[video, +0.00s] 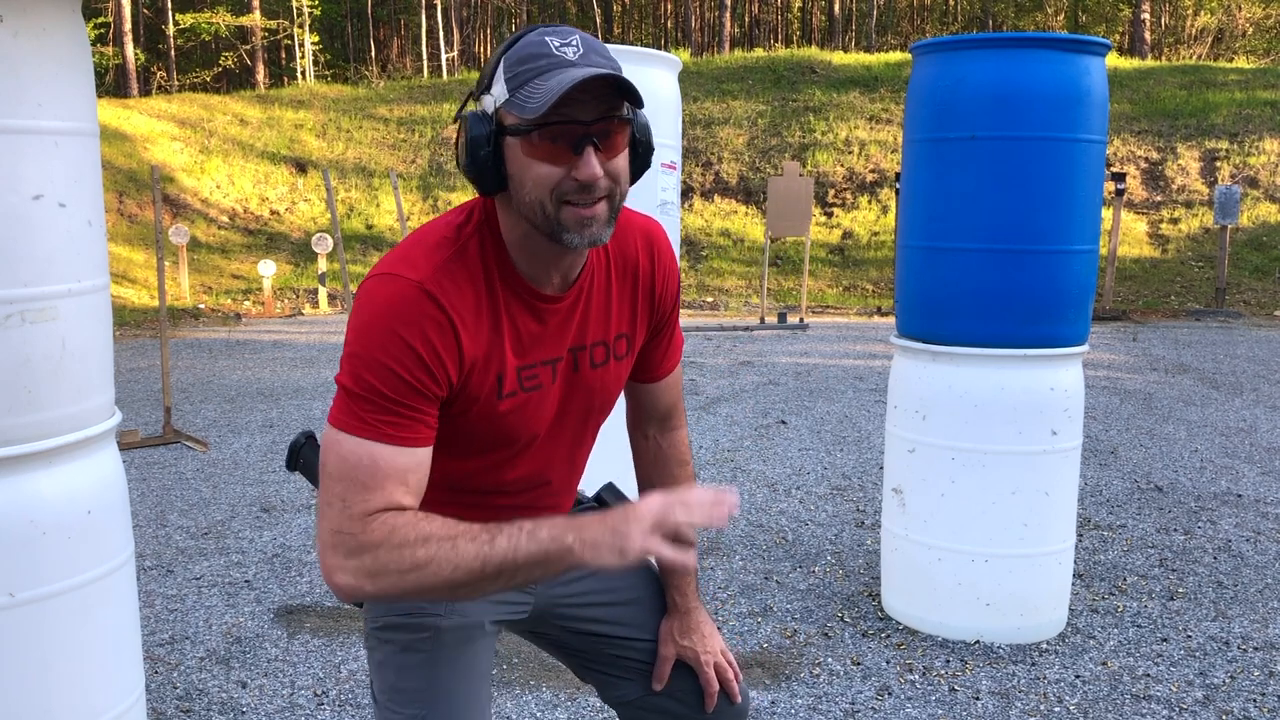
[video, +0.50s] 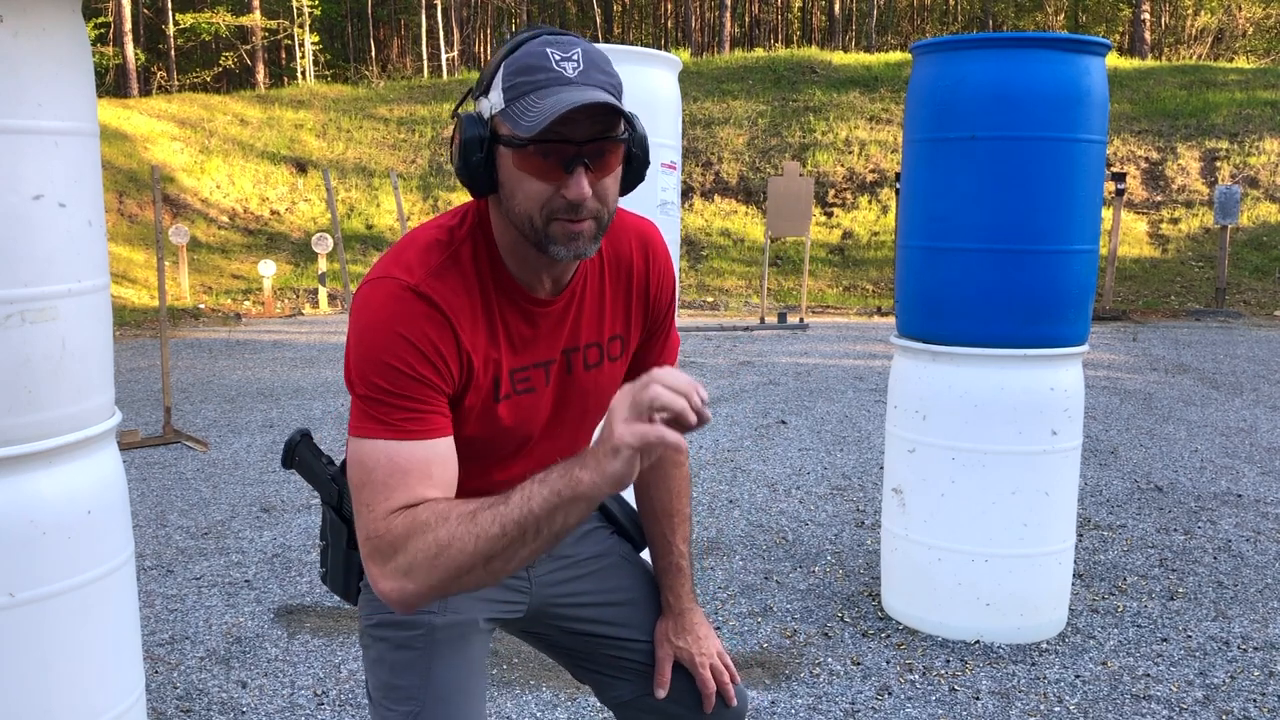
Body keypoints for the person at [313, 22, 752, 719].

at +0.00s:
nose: (590, 168)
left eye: (608, 138)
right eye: (559, 140)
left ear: (631, 145)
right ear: (490, 151)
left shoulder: (642, 255)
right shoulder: (413, 296)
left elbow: (661, 432)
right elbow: (357, 551)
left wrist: (685, 600)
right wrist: (580, 537)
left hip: (564, 547)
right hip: (430, 571)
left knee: (708, 701)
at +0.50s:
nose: (579, 189)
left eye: (598, 156)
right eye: (547, 157)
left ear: (624, 158)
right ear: (487, 155)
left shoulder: (639, 256)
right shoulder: (405, 298)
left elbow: (657, 431)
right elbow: (402, 566)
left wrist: (679, 600)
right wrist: (597, 470)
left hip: (572, 541)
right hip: (430, 566)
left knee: (707, 702)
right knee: (436, 707)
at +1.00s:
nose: (588, 191)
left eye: (613, 155)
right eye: (560, 153)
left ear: (639, 160)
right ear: (500, 151)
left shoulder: (647, 260)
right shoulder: (409, 291)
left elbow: (664, 434)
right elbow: (371, 545)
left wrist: (682, 602)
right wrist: (582, 566)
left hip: (551, 531)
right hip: (417, 547)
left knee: (703, 703)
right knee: (431, 708)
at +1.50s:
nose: (568, 199)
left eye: (591, 165)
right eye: (537, 167)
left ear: (623, 162)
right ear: (482, 158)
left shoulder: (643, 257)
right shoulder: (398, 288)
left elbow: (662, 431)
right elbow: (391, 551)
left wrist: (675, 609)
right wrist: (574, 438)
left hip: (558, 532)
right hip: (421, 562)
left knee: (690, 702)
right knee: (431, 707)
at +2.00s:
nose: (586, 197)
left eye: (610, 164)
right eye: (559, 161)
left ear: (641, 167)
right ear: (501, 155)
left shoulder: (656, 264)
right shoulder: (405, 295)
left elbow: (670, 435)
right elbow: (344, 537)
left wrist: (679, 611)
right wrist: (526, 666)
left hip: (567, 532)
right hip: (434, 542)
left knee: (694, 703)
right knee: (440, 704)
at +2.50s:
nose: (613, 182)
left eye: (640, 153)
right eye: (593, 142)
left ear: (660, 163)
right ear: (521, 127)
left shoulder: (651, 253)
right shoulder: (411, 250)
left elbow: (664, 429)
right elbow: (334, 480)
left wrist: (673, 611)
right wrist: (548, 395)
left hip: (558, 527)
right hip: (419, 533)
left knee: (682, 701)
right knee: (425, 707)